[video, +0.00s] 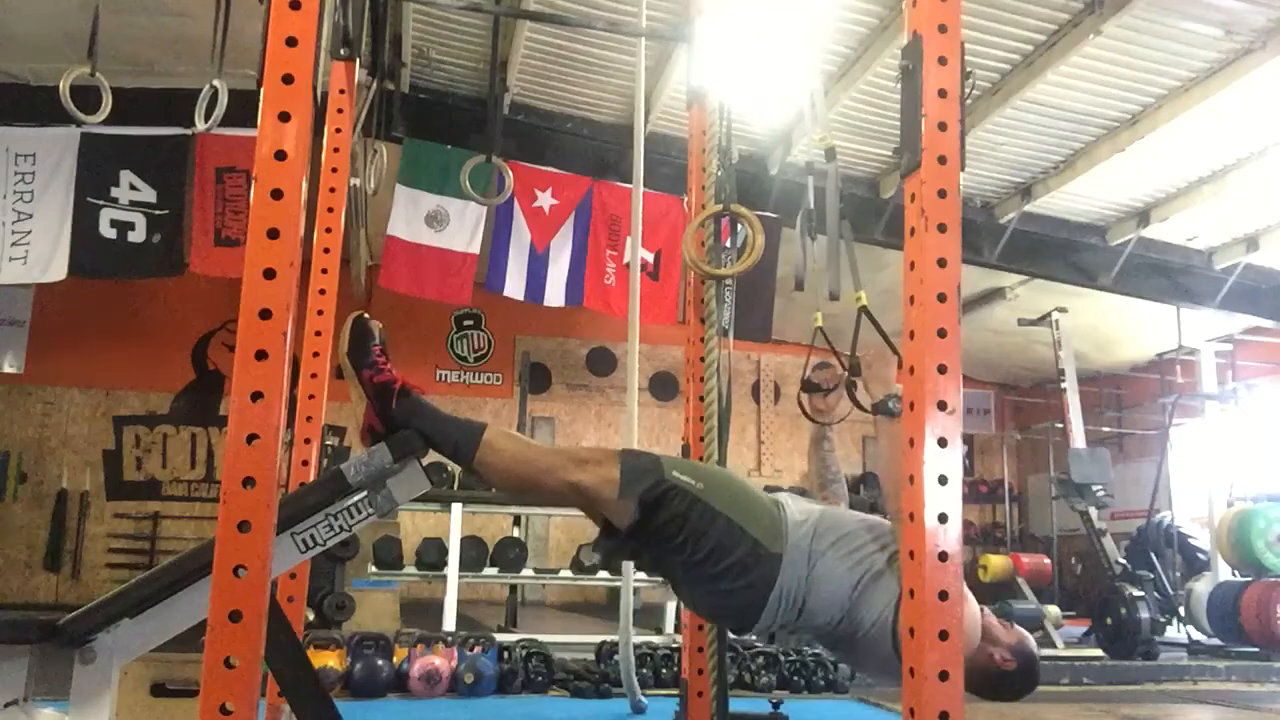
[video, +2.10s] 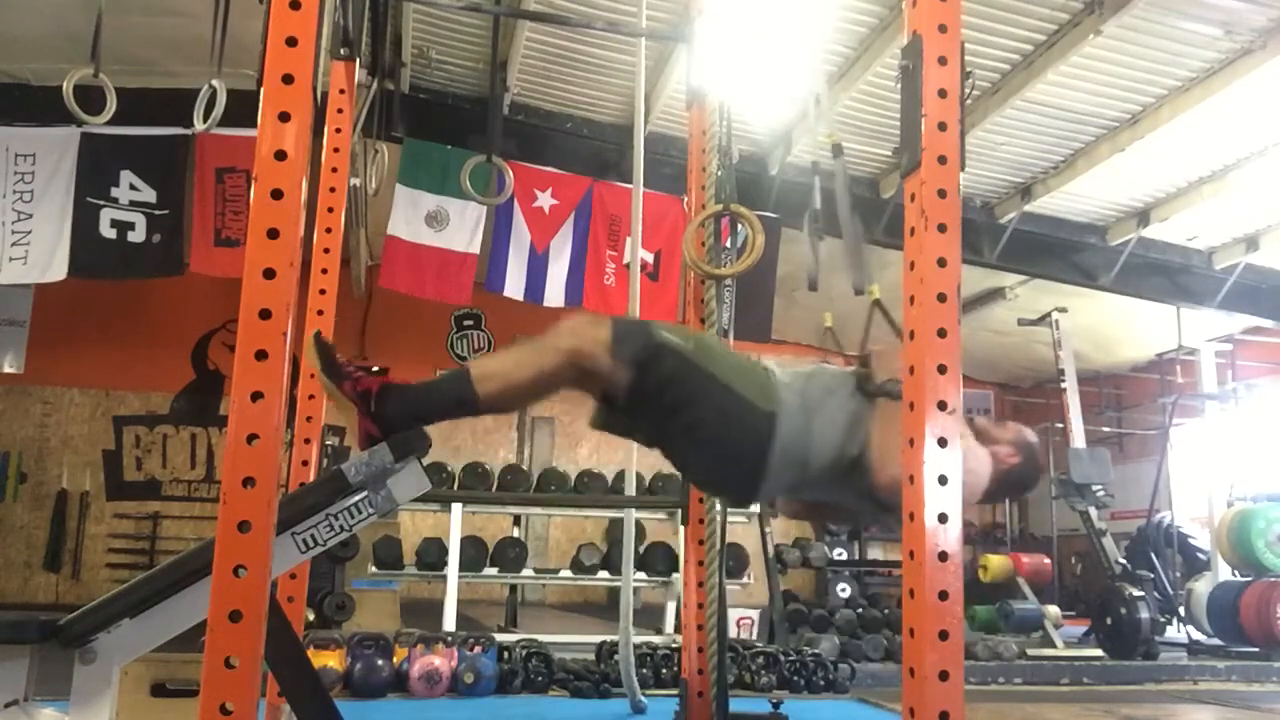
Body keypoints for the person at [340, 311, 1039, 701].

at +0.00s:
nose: (1000, 630)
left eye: (1005, 646)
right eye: (1011, 633)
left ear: (988, 665)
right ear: (995, 632)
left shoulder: (948, 624)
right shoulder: (926, 635)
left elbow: (925, 519)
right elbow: (889, 518)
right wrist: (841, 416)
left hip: (766, 556)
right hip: (761, 537)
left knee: (601, 473)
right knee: (589, 478)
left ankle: (402, 407)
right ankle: (416, 428)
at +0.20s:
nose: (997, 632)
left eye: (1002, 650)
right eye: (1007, 632)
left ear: (979, 672)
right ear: (991, 622)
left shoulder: (937, 649)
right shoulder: (938, 591)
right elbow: (899, 503)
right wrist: (847, 414)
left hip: (766, 563)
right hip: (759, 535)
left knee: (605, 476)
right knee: (587, 485)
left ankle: (404, 409)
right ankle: (408, 424)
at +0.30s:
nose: (992, 634)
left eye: (997, 652)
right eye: (1002, 634)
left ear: (977, 671)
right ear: (988, 619)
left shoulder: (935, 653)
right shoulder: (938, 596)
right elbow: (915, 510)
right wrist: (894, 419)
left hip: (766, 565)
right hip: (760, 532)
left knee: (608, 478)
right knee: (584, 487)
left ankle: (403, 408)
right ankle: (408, 428)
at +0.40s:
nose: (988, 630)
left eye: (993, 647)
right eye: (998, 632)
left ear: (975, 664)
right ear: (984, 623)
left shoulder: (938, 644)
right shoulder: (934, 609)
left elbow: (927, 521)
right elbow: (913, 509)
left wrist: (912, 417)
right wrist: (898, 419)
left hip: (765, 555)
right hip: (758, 561)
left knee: (598, 476)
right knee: (581, 490)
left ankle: (403, 407)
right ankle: (410, 431)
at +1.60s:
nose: (1016, 534)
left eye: (1024, 549)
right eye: (1023, 533)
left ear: (1013, 582)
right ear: (1007, 530)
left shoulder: (971, 568)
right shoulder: (960, 533)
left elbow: (907, 508)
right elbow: (882, 493)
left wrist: (936, 451)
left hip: (781, 527)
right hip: (775, 495)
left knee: (614, 466)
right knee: (605, 462)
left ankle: (404, 415)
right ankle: (409, 420)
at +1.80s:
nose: (1013, 463)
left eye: (1024, 475)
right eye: (1022, 459)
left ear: (1021, 502)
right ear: (1011, 447)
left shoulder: (979, 503)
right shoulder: (968, 446)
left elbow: (927, 494)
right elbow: (883, 430)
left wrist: (949, 431)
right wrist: (893, 394)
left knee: (612, 434)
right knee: (601, 411)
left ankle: (403, 415)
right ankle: (414, 423)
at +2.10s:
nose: (1002, 435)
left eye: (1010, 449)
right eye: (1008, 433)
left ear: (1002, 472)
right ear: (994, 428)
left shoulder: (957, 481)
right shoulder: (944, 432)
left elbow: (889, 466)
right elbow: (874, 428)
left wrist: (891, 380)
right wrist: (879, 366)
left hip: (765, 432)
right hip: (755, 428)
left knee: (590, 338)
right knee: (579, 348)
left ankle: (392, 411)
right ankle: (399, 411)